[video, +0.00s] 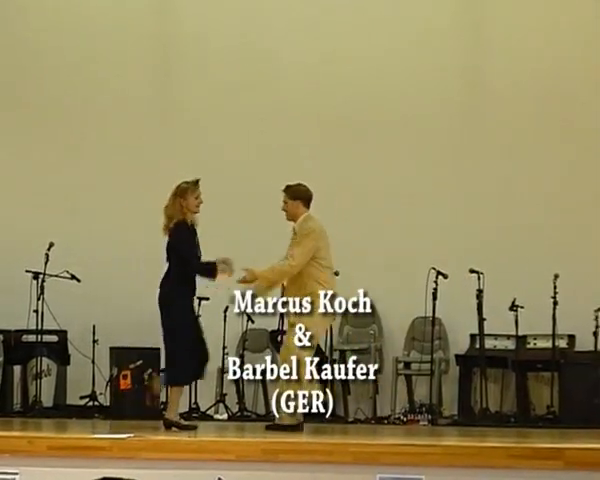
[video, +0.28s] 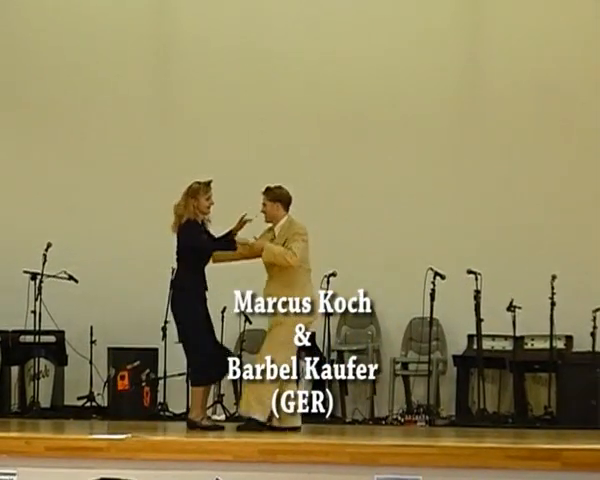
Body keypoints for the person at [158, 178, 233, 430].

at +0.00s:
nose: (200, 202)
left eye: (200, 198)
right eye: (196, 198)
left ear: (189, 201)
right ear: (183, 201)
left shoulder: (187, 228)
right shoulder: (181, 229)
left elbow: (191, 264)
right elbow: (189, 265)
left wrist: (215, 265)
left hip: (179, 295)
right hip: (175, 297)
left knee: (184, 351)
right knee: (188, 351)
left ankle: (173, 412)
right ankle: (171, 413)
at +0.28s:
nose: (211, 202)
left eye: (211, 198)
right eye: (207, 198)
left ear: (202, 200)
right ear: (194, 201)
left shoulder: (199, 225)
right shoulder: (189, 226)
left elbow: (214, 244)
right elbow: (207, 249)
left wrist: (234, 231)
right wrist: (238, 246)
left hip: (193, 294)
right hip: (186, 295)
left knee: (205, 352)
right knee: (202, 352)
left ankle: (199, 413)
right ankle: (196, 414)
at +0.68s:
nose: (216, 203)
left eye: (216, 198)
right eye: (211, 198)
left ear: (214, 200)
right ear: (198, 200)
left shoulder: (214, 225)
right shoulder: (185, 228)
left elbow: (220, 257)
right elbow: (181, 267)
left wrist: (249, 254)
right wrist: (207, 265)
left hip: (205, 295)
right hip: (186, 296)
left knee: (202, 349)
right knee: (189, 349)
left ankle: (193, 410)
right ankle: (188, 412)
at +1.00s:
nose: (230, 207)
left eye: (229, 202)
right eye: (226, 202)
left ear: (219, 205)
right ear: (212, 205)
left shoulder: (219, 232)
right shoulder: (206, 234)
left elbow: (217, 267)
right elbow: (209, 273)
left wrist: (235, 272)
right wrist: (234, 279)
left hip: (209, 303)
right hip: (192, 303)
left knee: (214, 360)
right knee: (184, 357)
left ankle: (195, 412)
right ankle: (164, 409)